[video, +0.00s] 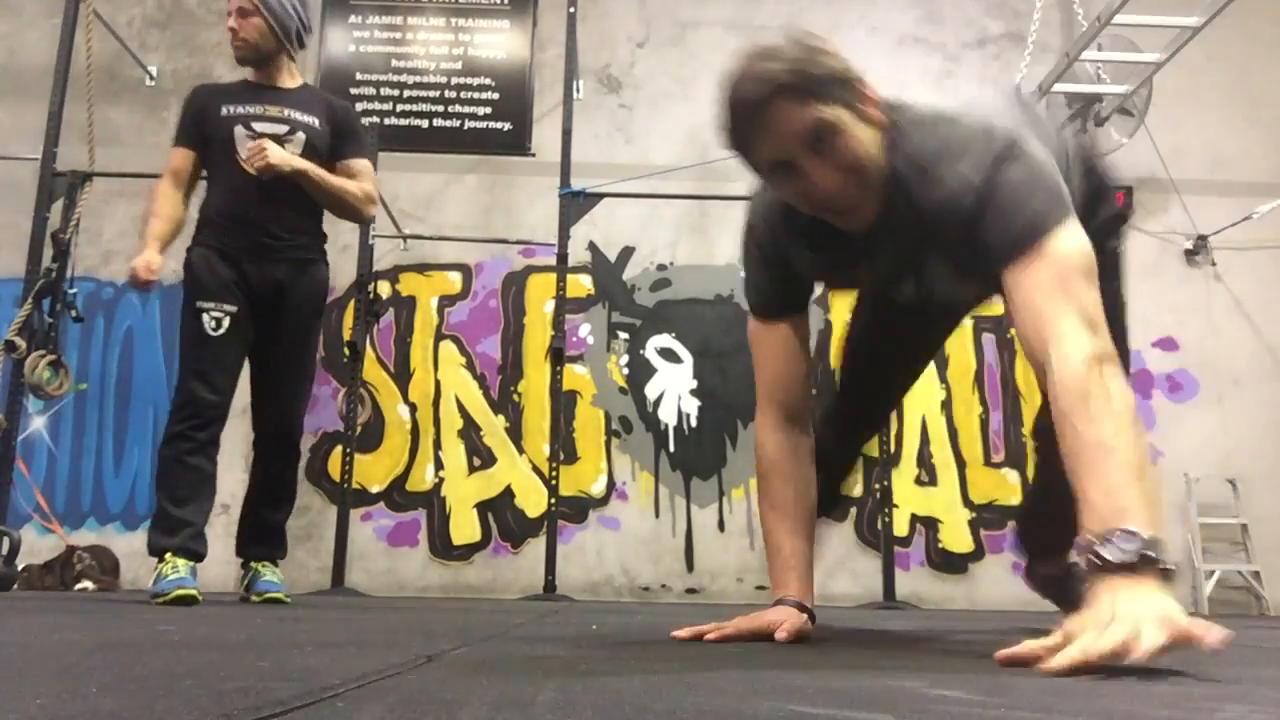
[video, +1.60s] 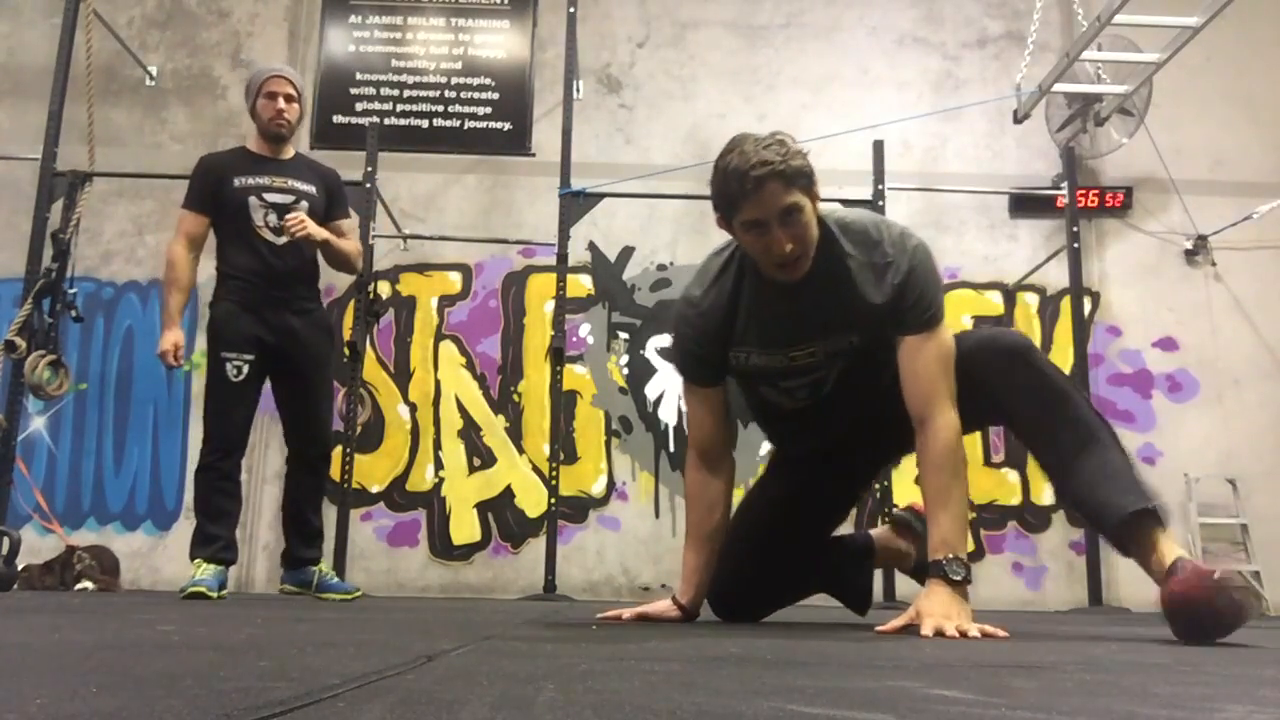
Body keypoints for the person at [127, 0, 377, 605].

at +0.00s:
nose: (232, 23)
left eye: (246, 14)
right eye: (231, 13)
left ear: (286, 26)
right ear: (236, 26)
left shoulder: (334, 113)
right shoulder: (208, 101)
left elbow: (366, 203)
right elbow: (175, 182)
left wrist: (299, 165)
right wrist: (153, 245)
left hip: (296, 281)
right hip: (218, 273)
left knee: (280, 424)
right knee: (198, 410)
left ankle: (262, 560)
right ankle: (176, 557)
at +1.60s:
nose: (281, 106)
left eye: (290, 100)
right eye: (271, 98)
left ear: (301, 113)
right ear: (251, 109)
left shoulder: (325, 180)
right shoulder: (217, 169)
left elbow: (353, 260)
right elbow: (185, 246)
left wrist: (321, 235)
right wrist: (172, 325)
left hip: (304, 326)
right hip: (238, 322)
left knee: (312, 448)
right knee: (222, 446)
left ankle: (302, 567)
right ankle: (212, 564)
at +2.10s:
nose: (357, 133)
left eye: (365, 128)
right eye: (346, 123)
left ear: (369, 140)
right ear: (323, 130)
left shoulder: (369, 201)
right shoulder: (287, 175)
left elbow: (370, 281)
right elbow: (250, 241)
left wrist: (386, 274)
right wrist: (257, 302)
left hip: (345, 330)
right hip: (294, 321)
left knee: (322, 444)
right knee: (299, 425)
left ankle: (301, 565)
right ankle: (242, 556)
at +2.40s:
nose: (383, 132)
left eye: (391, 126)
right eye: (374, 120)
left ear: (393, 136)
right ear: (347, 122)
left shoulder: (365, 191)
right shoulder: (319, 166)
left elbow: (357, 278)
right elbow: (292, 233)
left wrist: (404, 280)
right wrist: (329, 290)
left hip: (346, 325)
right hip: (315, 323)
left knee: (329, 439)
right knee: (321, 438)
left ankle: (312, 565)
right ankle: (305, 567)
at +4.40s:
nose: (392, 121)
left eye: (396, 112)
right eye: (383, 109)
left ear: (385, 117)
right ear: (349, 107)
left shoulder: (361, 171)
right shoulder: (314, 153)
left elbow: (368, 263)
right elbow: (308, 230)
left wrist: (403, 324)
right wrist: (326, 298)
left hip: (364, 321)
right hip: (329, 314)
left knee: (335, 447)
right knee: (307, 438)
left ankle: (309, 563)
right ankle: (269, 563)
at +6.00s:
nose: (389, 131)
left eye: (392, 122)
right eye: (381, 120)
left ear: (370, 125)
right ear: (350, 116)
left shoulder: (352, 178)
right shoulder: (311, 161)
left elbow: (360, 267)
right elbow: (310, 238)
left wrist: (383, 330)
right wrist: (340, 312)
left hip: (349, 329)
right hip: (317, 324)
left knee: (326, 450)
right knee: (293, 442)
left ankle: (303, 563)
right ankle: (263, 565)